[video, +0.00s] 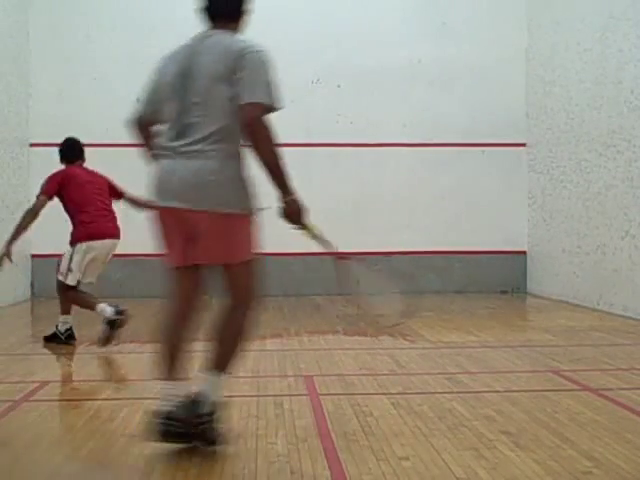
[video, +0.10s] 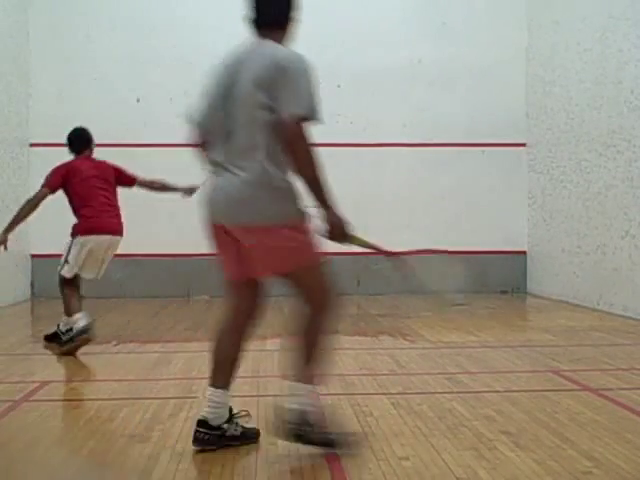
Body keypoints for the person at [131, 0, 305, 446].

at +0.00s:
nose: (241, 13)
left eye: (230, 9)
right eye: (243, 9)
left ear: (206, 12)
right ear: (242, 12)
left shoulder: (177, 56)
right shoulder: (246, 53)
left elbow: (141, 120)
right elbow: (252, 120)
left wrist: (164, 162)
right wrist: (287, 192)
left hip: (171, 189)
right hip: (221, 192)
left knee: (185, 293)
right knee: (242, 295)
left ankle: (170, 403)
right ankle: (204, 399)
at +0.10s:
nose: (289, 20)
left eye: (278, 14)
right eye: (290, 14)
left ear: (254, 19)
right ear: (289, 19)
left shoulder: (232, 62)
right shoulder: (288, 62)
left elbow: (203, 134)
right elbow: (292, 136)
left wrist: (234, 176)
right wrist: (328, 209)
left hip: (222, 206)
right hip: (267, 206)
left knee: (243, 300)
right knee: (319, 296)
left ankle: (214, 417)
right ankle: (301, 409)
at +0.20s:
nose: (347, 40)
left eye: (339, 31)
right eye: (346, 33)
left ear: (309, 34)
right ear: (342, 35)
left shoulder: (291, 80)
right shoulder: (337, 81)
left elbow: (279, 154)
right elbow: (340, 153)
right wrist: (388, 222)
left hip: (275, 223)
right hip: (319, 226)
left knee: (271, 315)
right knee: (387, 306)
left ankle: (218, 416)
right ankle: (422, 418)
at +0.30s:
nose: (410, 41)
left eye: (404, 31)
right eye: (409, 33)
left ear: (372, 35)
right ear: (404, 36)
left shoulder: (352, 82)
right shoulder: (398, 83)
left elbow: (350, 157)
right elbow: (401, 155)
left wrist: (411, 198)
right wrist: (453, 223)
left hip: (344, 224)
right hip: (388, 227)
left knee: (330, 315)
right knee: (442, 311)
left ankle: (255, 387)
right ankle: (459, 426)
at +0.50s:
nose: (540, 45)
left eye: (539, 36)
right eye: (539, 36)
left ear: (503, 33)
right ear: (530, 37)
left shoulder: (472, 76)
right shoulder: (517, 82)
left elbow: (440, 145)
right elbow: (538, 159)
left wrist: (446, 200)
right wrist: (599, 210)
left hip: (459, 210)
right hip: (491, 211)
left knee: (512, 303)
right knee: (515, 311)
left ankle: (477, 394)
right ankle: (466, 422)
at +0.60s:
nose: (595, 51)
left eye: (594, 43)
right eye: (595, 43)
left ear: (558, 36)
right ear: (585, 41)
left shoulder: (526, 76)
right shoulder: (571, 85)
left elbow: (481, 134)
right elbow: (599, 161)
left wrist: (464, 187)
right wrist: (636, 190)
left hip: (514, 209)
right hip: (537, 214)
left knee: (588, 284)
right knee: (539, 313)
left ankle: (606, 392)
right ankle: (473, 412)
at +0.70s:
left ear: (613, 52)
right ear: (634, 56)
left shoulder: (581, 88)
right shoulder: (620, 96)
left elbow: (526, 132)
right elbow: (634, 151)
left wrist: (500, 183)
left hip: (585, 230)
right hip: (587, 231)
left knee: (637, 294)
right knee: (570, 322)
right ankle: (486, 400)